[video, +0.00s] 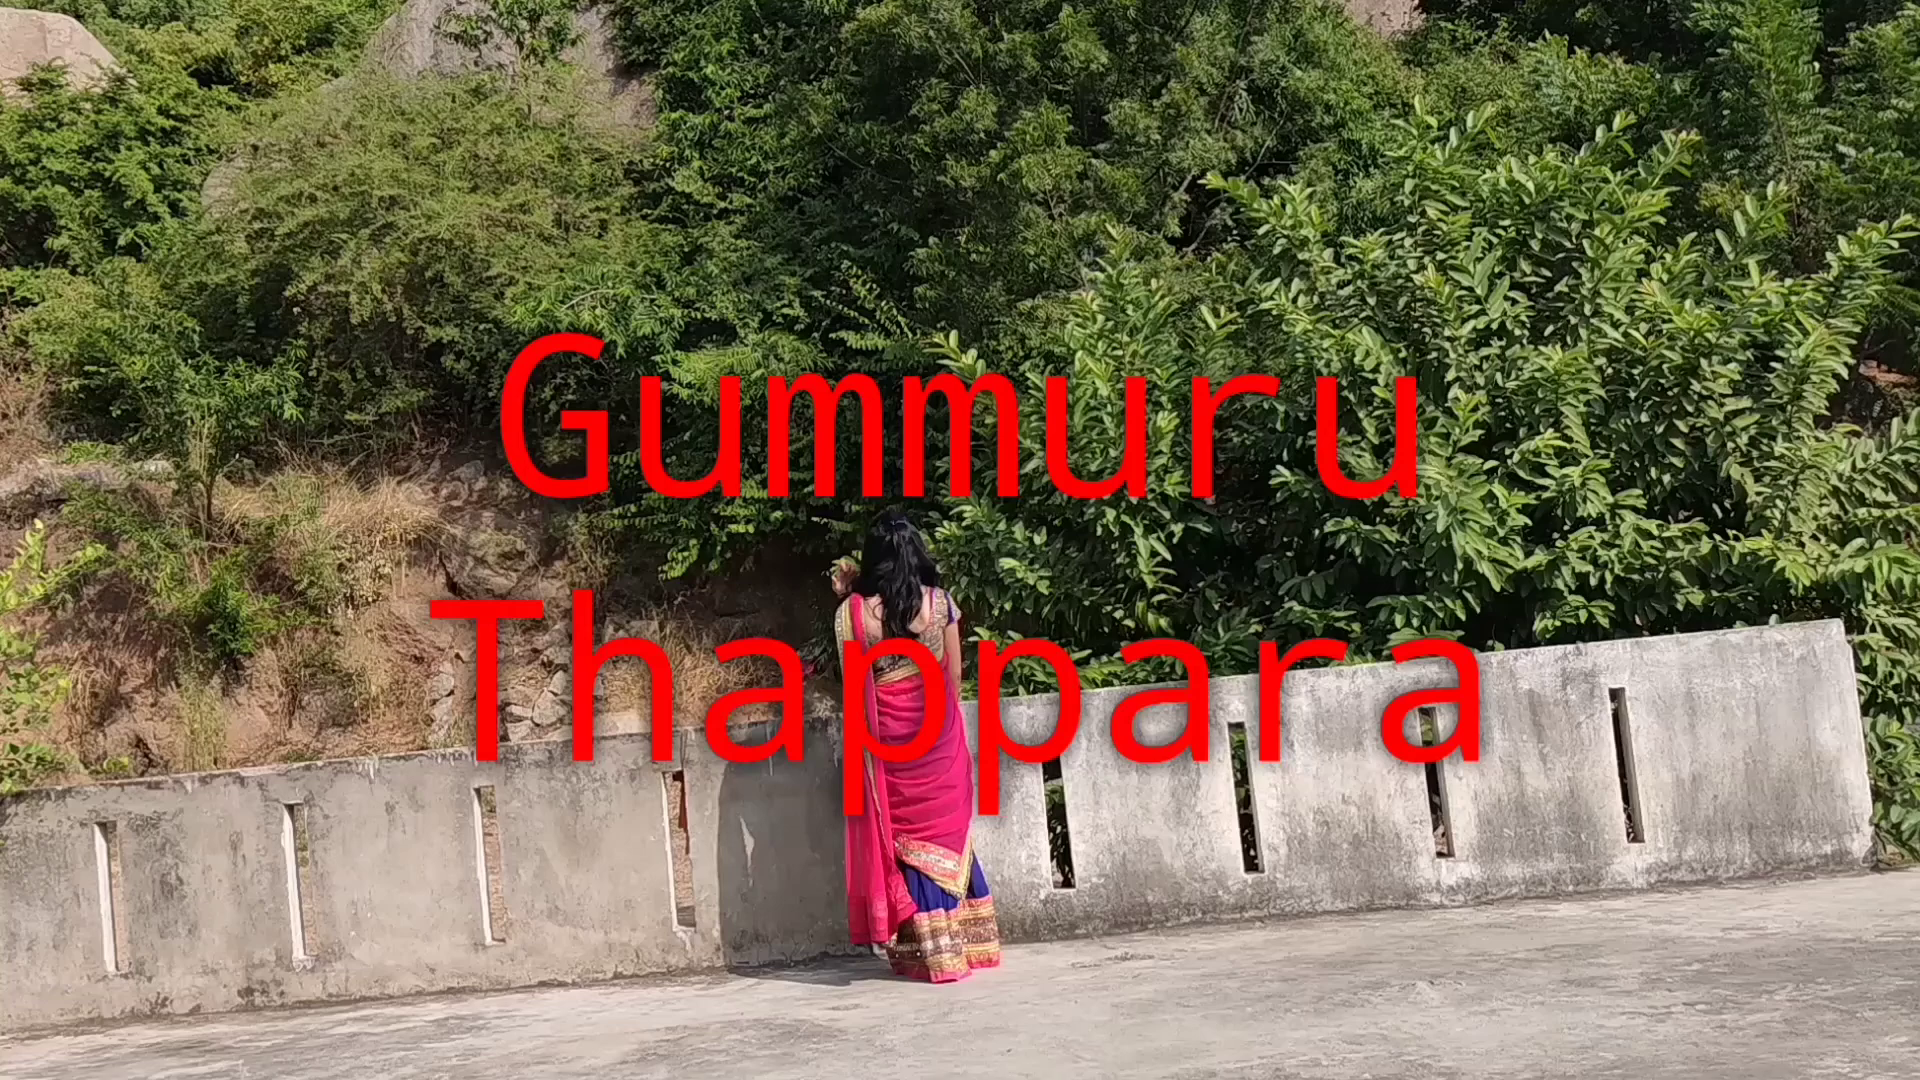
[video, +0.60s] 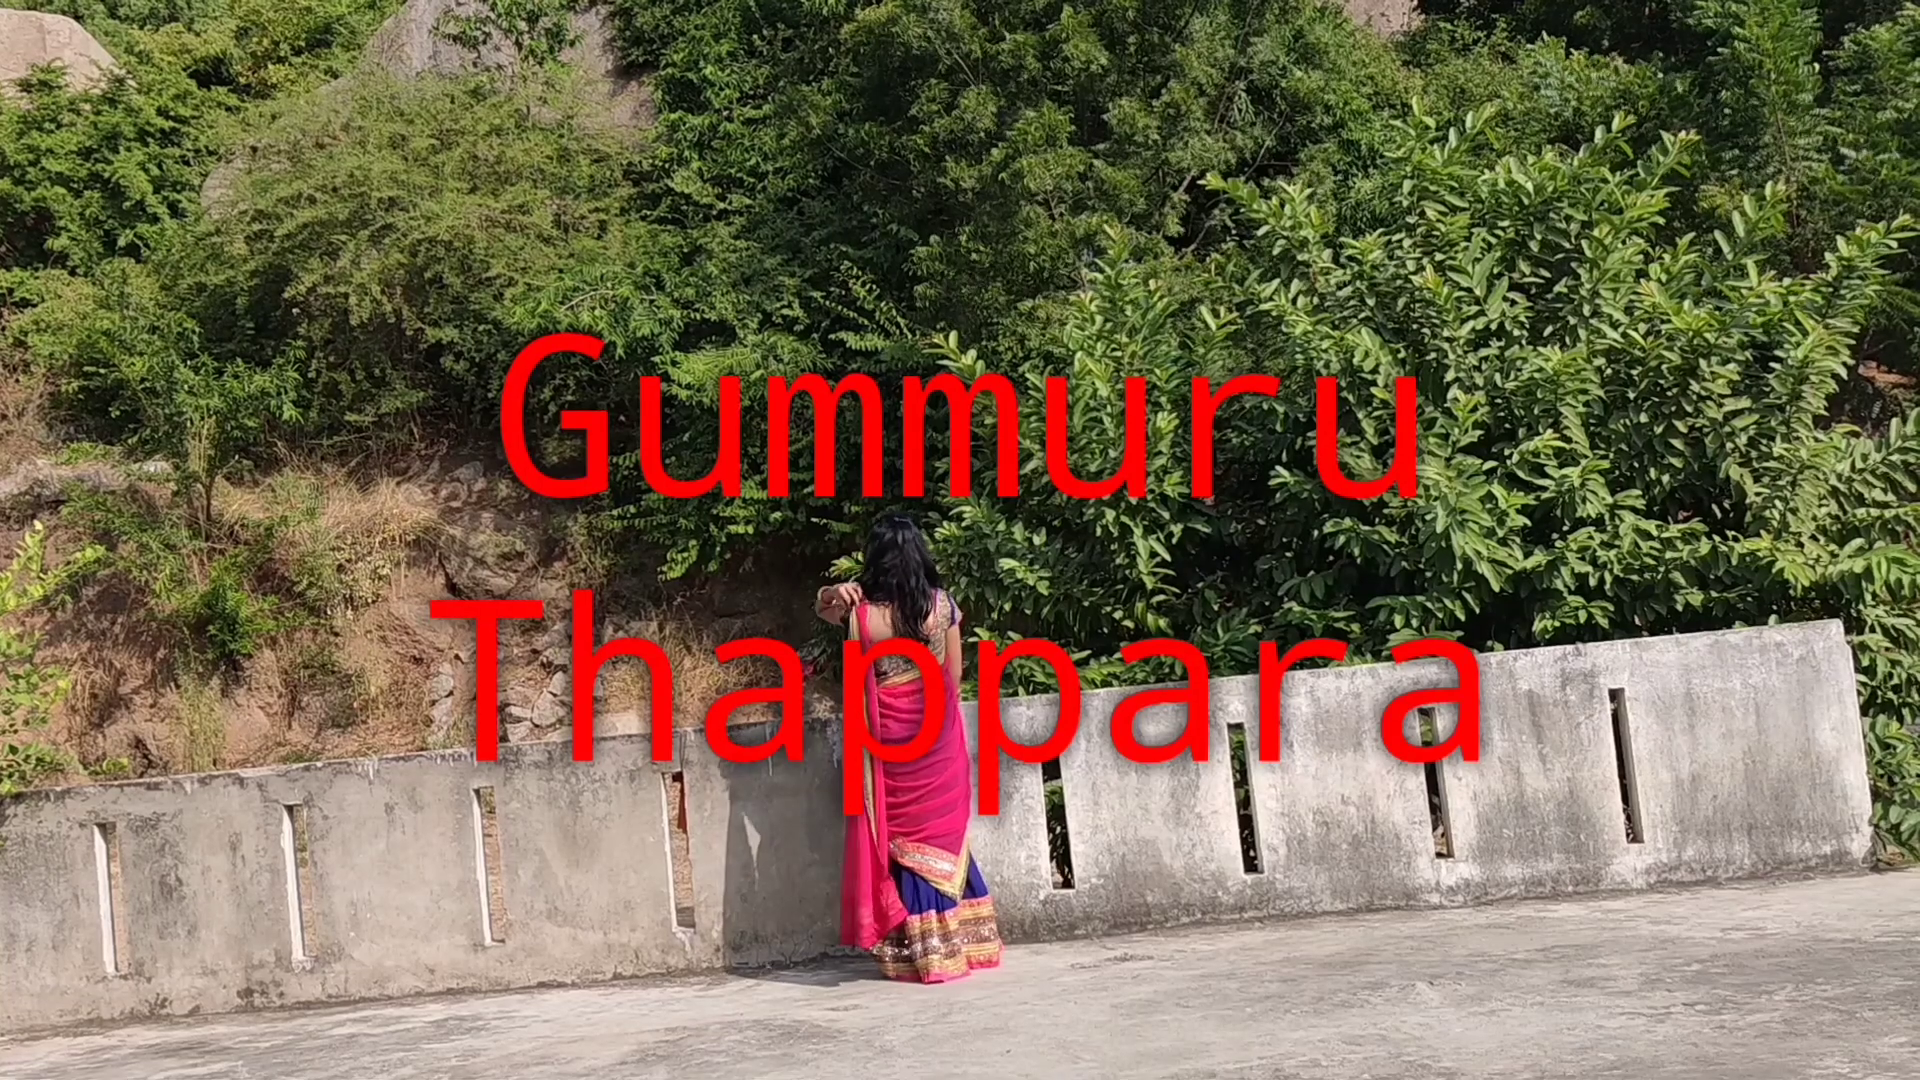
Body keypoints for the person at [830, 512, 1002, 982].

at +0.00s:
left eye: (873, 549)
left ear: (872, 556)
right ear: (919, 553)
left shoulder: (854, 611)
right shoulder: (942, 602)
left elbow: (852, 678)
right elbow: (953, 673)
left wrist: (845, 599)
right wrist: (951, 720)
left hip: (885, 729)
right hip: (937, 725)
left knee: (897, 831)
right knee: (945, 827)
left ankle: (917, 946)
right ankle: (954, 944)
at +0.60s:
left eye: (880, 554)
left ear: (875, 561)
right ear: (922, 556)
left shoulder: (864, 613)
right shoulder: (944, 605)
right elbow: (954, 673)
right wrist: (945, 717)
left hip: (889, 730)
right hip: (939, 727)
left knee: (897, 831)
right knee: (945, 828)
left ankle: (915, 947)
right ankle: (959, 940)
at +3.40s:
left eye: (848, 556)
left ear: (846, 562)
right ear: (892, 558)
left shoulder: (829, 616)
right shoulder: (919, 607)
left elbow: (832, 687)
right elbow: (934, 674)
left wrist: (845, 740)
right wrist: (931, 726)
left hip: (867, 739)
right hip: (919, 732)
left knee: (878, 837)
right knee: (930, 831)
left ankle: (893, 953)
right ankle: (945, 945)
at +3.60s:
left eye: (846, 557)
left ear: (845, 563)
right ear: (892, 559)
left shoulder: (828, 616)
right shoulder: (919, 607)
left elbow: (831, 687)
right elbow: (934, 675)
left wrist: (841, 744)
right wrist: (931, 728)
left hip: (868, 740)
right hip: (920, 734)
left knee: (878, 838)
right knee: (932, 832)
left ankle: (894, 952)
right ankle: (946, 946)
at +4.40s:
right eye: (888, 551)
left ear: (843, 561)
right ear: (888, 557)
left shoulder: (827, 617)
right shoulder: (908, 607)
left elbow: (827, 692)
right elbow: (929, 677)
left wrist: (834, 743)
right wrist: (939, 731)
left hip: (859, 735)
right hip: (907, 727)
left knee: (873, 836)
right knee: (923, 828)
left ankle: (888, 947)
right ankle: (938, 941)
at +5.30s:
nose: (867, 553)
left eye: (878, 550)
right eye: (862, 547)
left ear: (892, 565)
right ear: (850, 560)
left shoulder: (909, 597)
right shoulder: (845, 626)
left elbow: (966, 636)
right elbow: (842, 695)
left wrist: (968, 702)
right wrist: (846, 749)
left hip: (935, 734)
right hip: (883, 740)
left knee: (909, 828)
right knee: (901, 835)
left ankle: (914, 945)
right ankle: (922, 940)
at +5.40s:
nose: (874, 552)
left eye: (884, 548)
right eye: (868, 546)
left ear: (898, 562)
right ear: (854, 558)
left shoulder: (921, 597)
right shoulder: (848, 624)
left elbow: (981, 634)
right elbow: (846, 694)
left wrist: (976, 695)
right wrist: (855, 753)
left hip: (948, 731)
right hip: (895, 742)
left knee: (944, 832)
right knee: (912, 840)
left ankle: (943, 946)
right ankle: (932, 941)